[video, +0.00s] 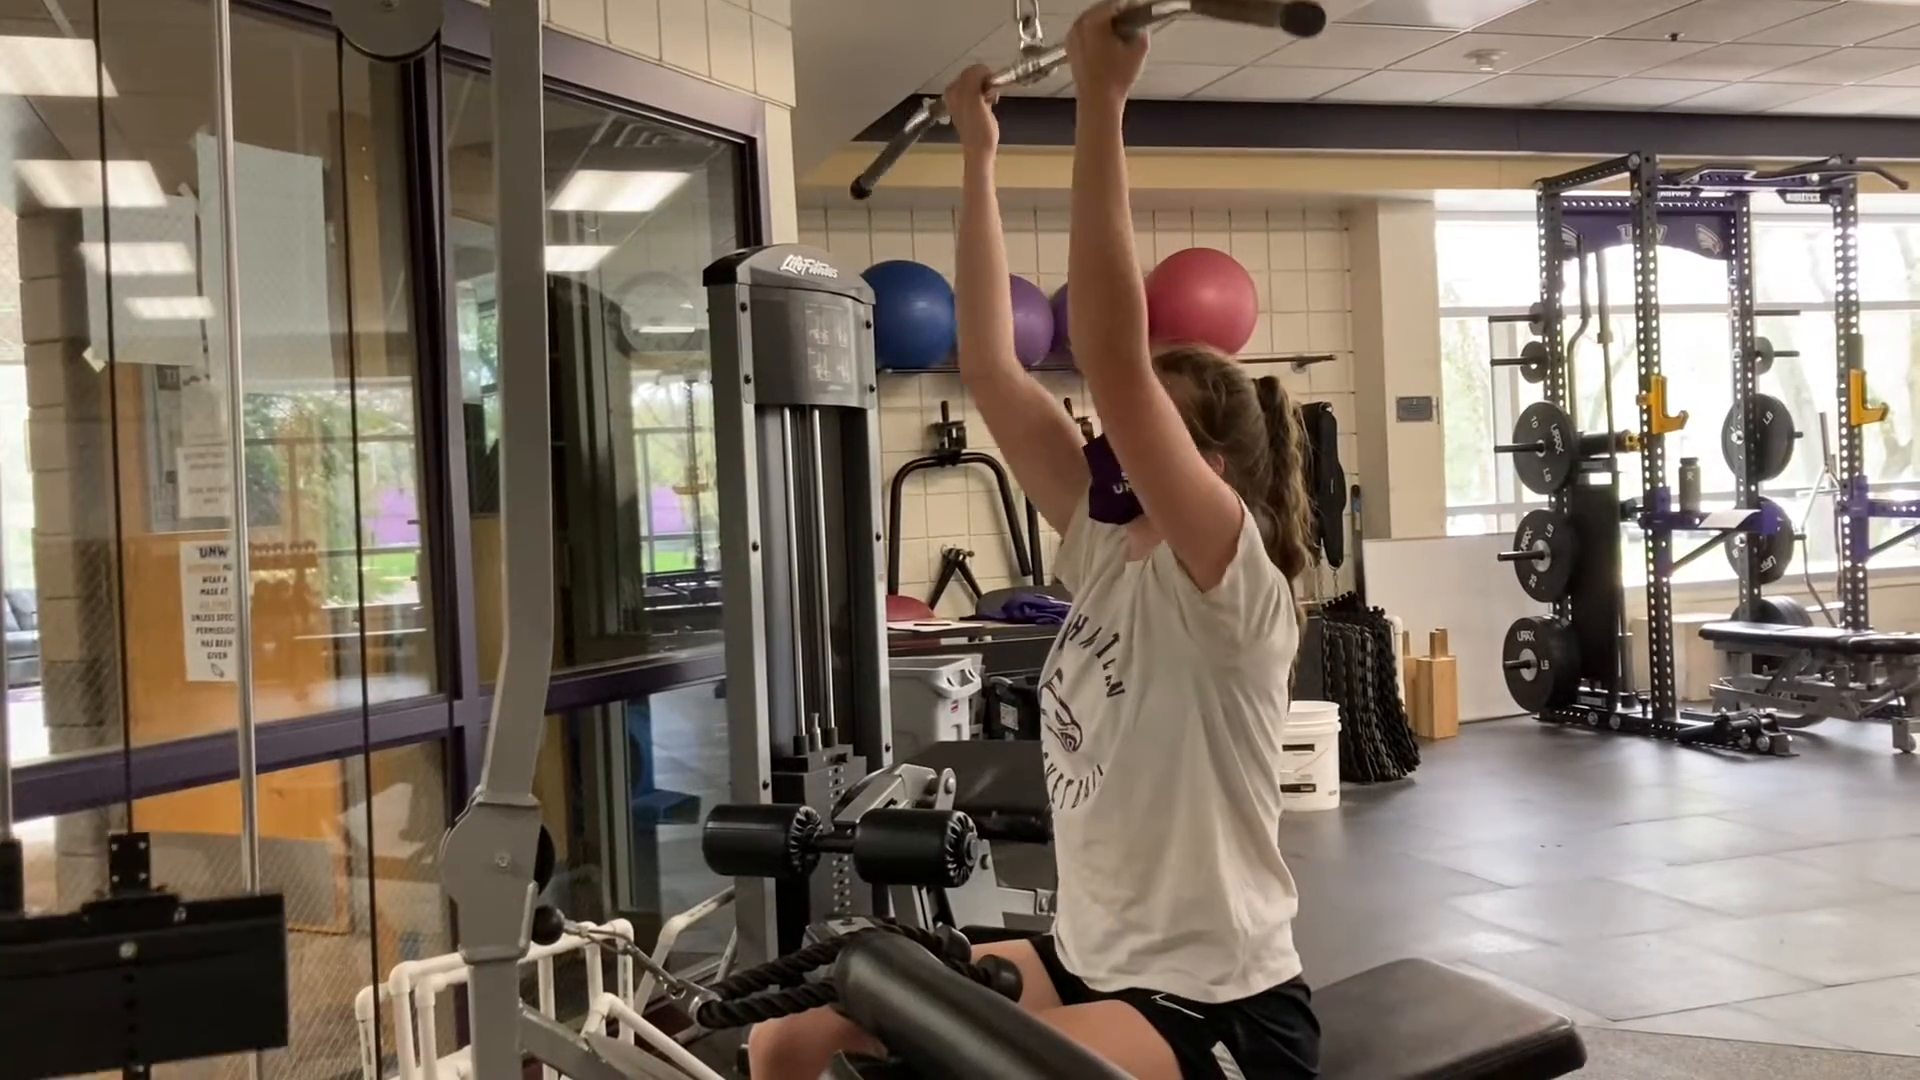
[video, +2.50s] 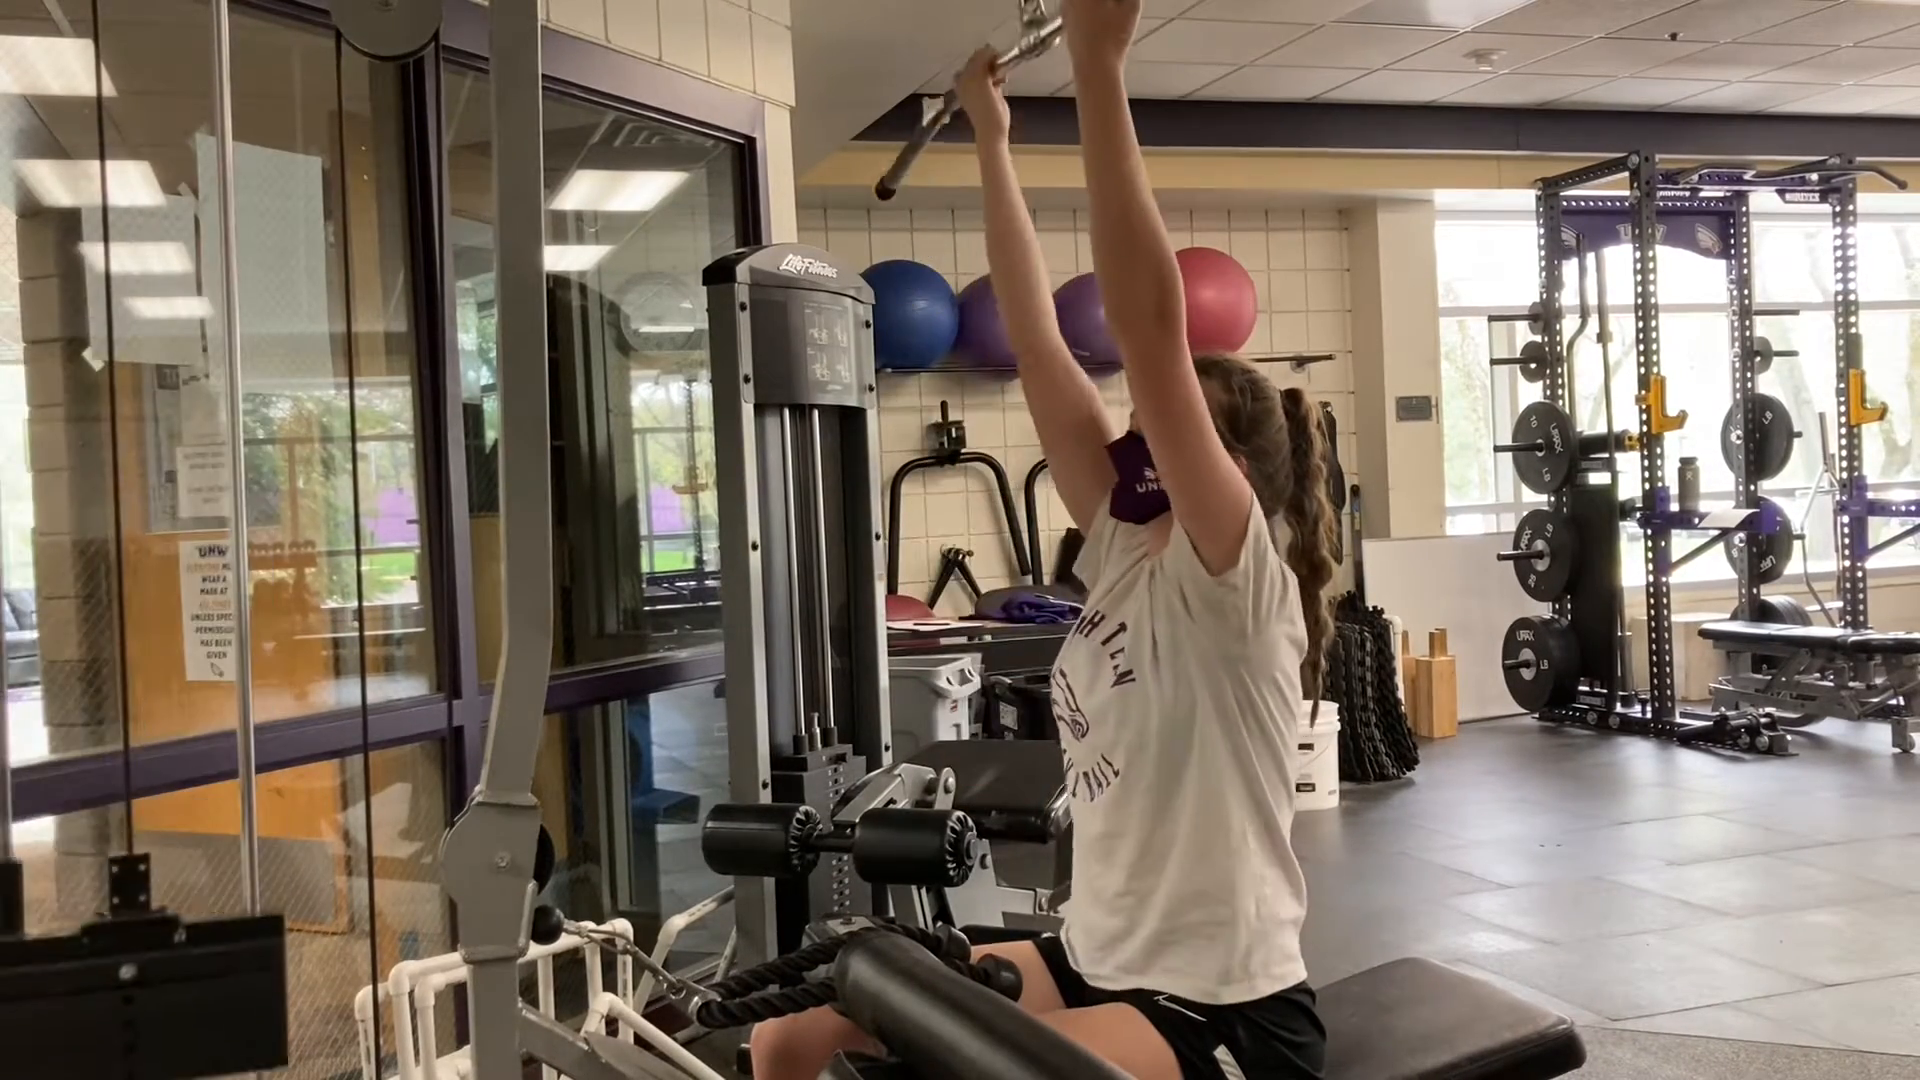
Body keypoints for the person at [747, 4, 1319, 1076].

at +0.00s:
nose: (1106, 437)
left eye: (1128, 411)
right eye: (1107, 419)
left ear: (1205, 450)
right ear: (1121, 440)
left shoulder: (1237, 583)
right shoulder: (1099, 542)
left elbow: (1116, 358)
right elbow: (990, 364)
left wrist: (1100, 100)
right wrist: (976, 152)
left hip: (1218, 1010)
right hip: (1088, 972)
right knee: (790, 1044)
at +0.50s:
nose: (1114, 461)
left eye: (1146, 445)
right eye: (1119, 438)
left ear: (1218, 473)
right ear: (1103, 447)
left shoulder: (1259, 603)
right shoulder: (1108, 572)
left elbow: (1077, 597)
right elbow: (936, 585)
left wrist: (1106, 369)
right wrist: (968, 396)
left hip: (1225, 1007)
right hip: (1088, 963)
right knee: (789, 1040)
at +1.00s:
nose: (1114, 450)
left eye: (1143, 437)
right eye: (1123, 430)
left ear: (1217, 477)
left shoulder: (1244, 625)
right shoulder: (1122, 611)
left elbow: (1204, 887)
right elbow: (1050, 805)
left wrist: (1131, 670)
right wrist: (1022, 647)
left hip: (1217, 1003)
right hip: (1091, 963)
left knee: (966, 1065)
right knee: (788, 1042)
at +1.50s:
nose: (1120, 458)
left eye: (1149, 443)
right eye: (1127, 439)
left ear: (1224, 480)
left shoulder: (1247, 619)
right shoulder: (1111, 612)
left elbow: (1171, 862)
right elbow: (1017, 814)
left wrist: (1120, 630)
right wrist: (1004, 623)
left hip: (1221, 1005)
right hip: (1084, 966)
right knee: (787, 1043)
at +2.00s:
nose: (1119, 462)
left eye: (1150, 449)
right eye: (1127, 443)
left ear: (1227, 481)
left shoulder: (1263, 609)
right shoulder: (1114, 580)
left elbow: (1080, 571)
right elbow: (941, 562)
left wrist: (1066, 333)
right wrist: (973, 366)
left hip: (1224, 1011)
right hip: (1090, 964)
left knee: (975, 1066)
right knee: (790, 1041)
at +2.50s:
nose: (1137, 431)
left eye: (1171, 408)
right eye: (1145, 413)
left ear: (1222, 447)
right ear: (1155, 438)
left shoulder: (1239, 573)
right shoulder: (1120, 546)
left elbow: (1152, 331)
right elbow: (1036, 337)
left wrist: (1098, 69)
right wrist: (988, 133)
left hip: (1222, 1014)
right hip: (1098, 969)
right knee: (793, 1035)